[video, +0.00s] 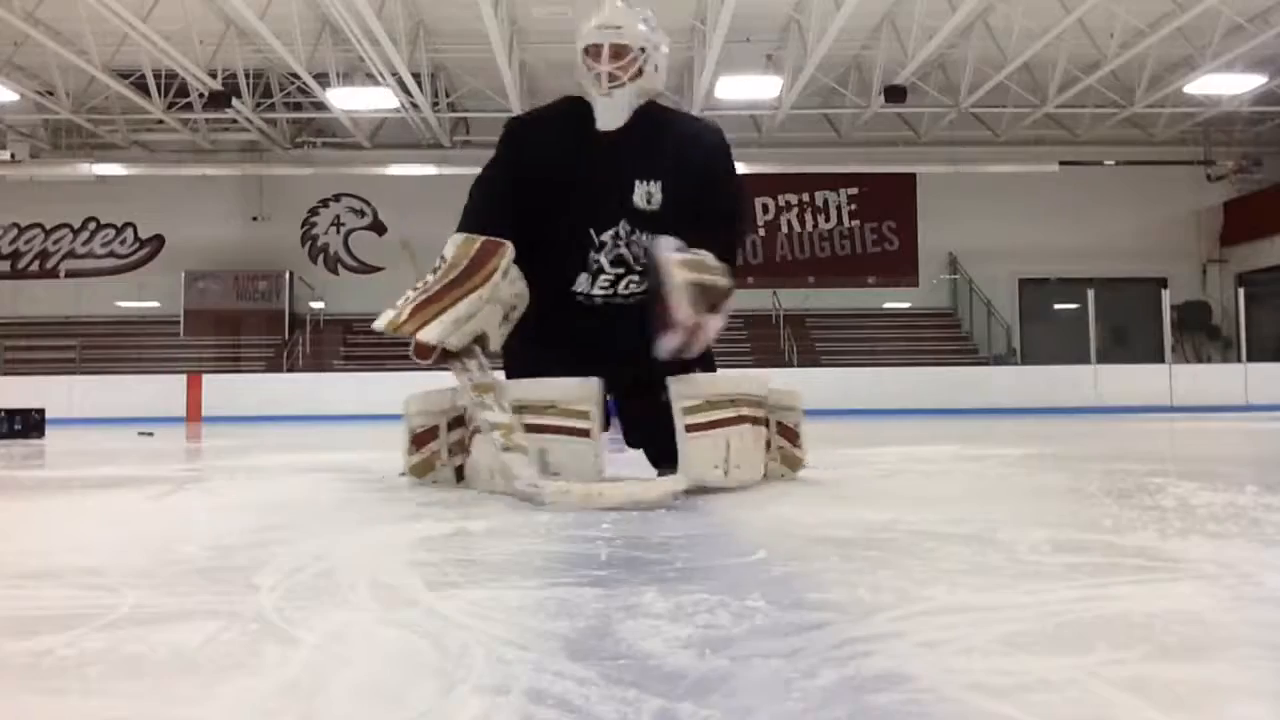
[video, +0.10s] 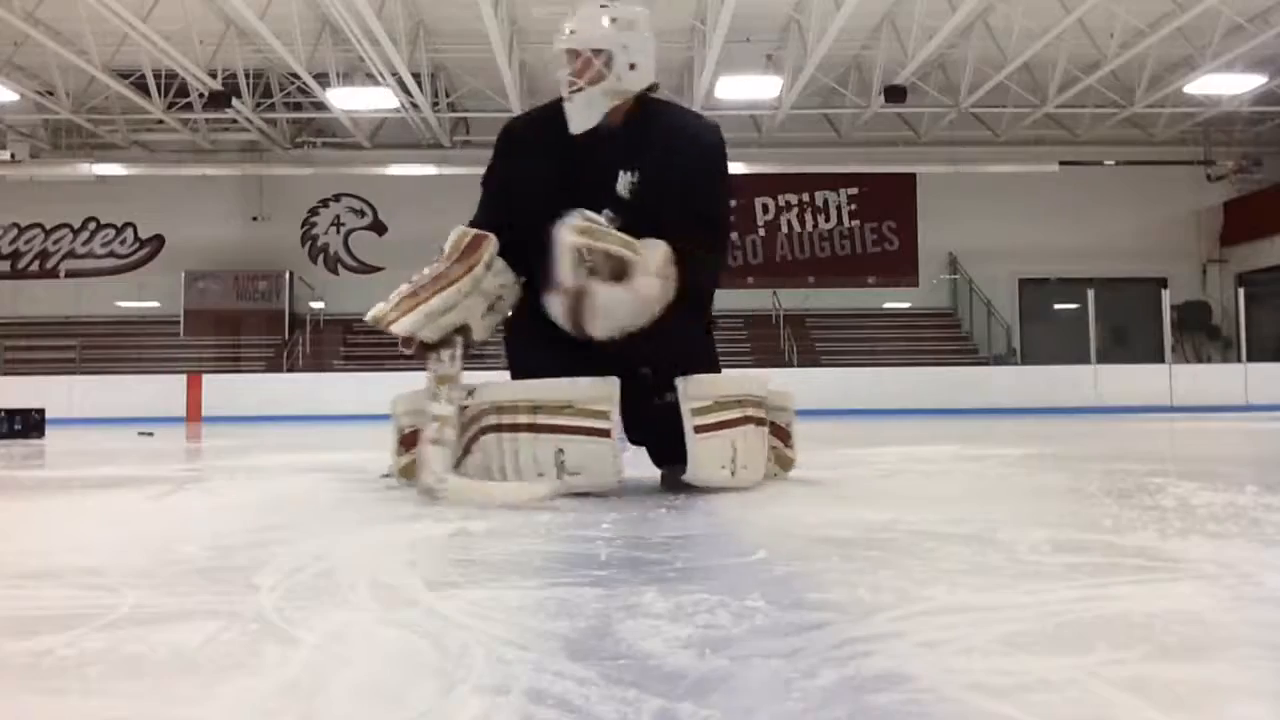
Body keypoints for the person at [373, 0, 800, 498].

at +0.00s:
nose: (606, 68)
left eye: (621, 55)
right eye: (594, 55)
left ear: (650, 61)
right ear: (579, 61)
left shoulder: (696, 143)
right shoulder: (530, 137)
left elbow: (718, 250)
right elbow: (480, 241)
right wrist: (453, 323)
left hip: (660, 366)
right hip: (548, 367)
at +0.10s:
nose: (575, 71)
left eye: (591, 59)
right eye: (570, 58)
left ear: (630, 64)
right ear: (562, 61)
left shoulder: (689, 140)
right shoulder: (525, 139)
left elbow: (703, 260)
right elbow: (493, 245)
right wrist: (449, 312)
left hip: (662, 360)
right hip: (550, 366)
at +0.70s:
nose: (478, 54)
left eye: (493, 39)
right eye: (477, 41)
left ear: (535, 41)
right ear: (481, 48)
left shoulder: (610, 108)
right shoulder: (463, 138)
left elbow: (668, 196)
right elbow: (467, 236)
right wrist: (440, 291)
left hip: (623, 307)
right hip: (522, 318)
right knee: (525, 450)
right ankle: (612, 437)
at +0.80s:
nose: (464, 59)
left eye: (474, 45)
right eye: (464, 46)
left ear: (511, 47)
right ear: (487, 50)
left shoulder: (593, 107)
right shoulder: (457, 143)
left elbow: (649, 200)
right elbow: (464, 239)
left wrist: (587, 237)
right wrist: (430, 301)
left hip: (612, 307)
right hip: (512, 320)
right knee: (481, 440)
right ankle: (583, 435)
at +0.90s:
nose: (433, 72)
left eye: (445, 58)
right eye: (432, 60)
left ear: (483, 59)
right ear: (447, 66)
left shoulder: (559, 115)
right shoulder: (427, 158)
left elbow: (620, 207)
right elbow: (440, 250)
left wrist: (557, 235)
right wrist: (407, 298)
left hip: (593, 305)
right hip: (503, 321)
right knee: (444, 444)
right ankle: (543, 437)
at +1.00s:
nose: (401, 91)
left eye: (412, 78)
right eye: (400, 79)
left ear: (451, 80)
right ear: (415, 84)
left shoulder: (520, 139)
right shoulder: (393, 170)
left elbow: (588, 222)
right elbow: (389, 257)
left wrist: (539, 249)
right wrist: (360, 305)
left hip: (552, 313)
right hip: (462, 326)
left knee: (598, 401)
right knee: (402, 440)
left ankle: (713, 440)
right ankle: (495, 438)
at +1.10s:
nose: (370, 107)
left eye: (383, 95)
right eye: (370, 94)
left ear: (420, 98)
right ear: (384, 99)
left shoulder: (484, 162)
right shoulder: (354, 183)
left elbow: (550, 234)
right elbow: (338, 273)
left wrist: (520, 274)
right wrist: (305, 322)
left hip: (495, 336)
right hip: (410, 339)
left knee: (460, 421)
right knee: (366, 444)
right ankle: (470, 444)